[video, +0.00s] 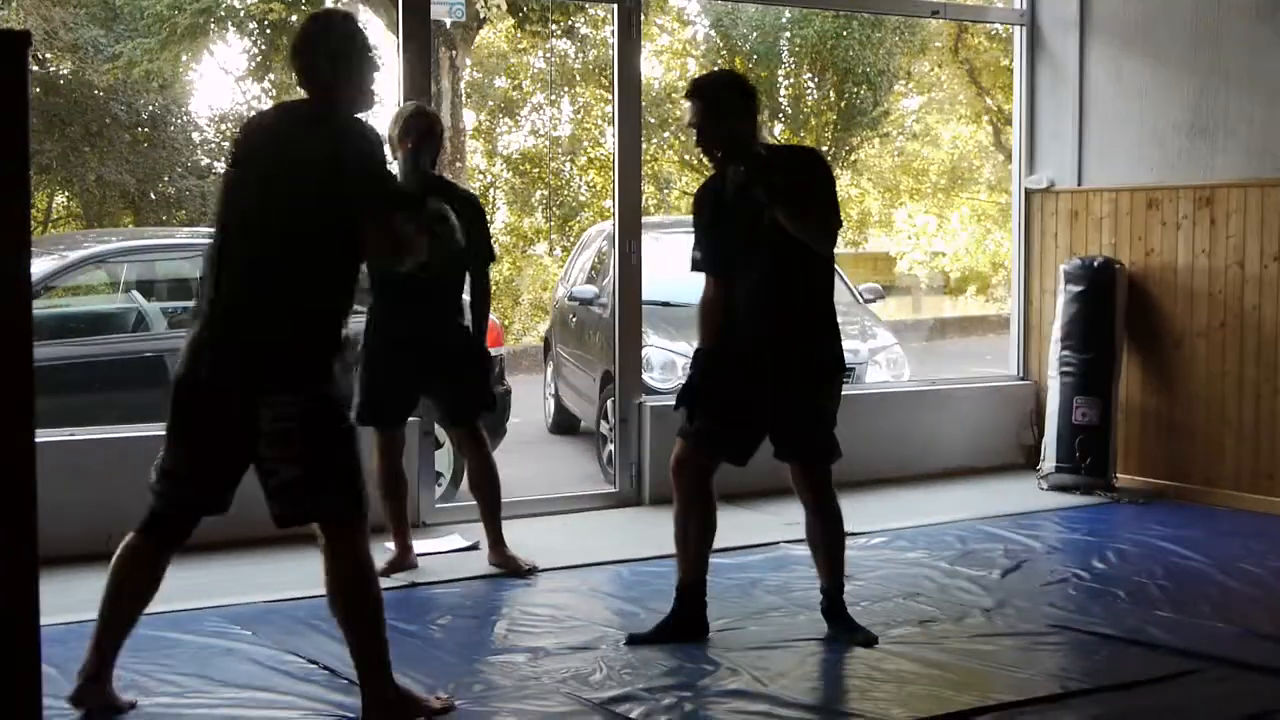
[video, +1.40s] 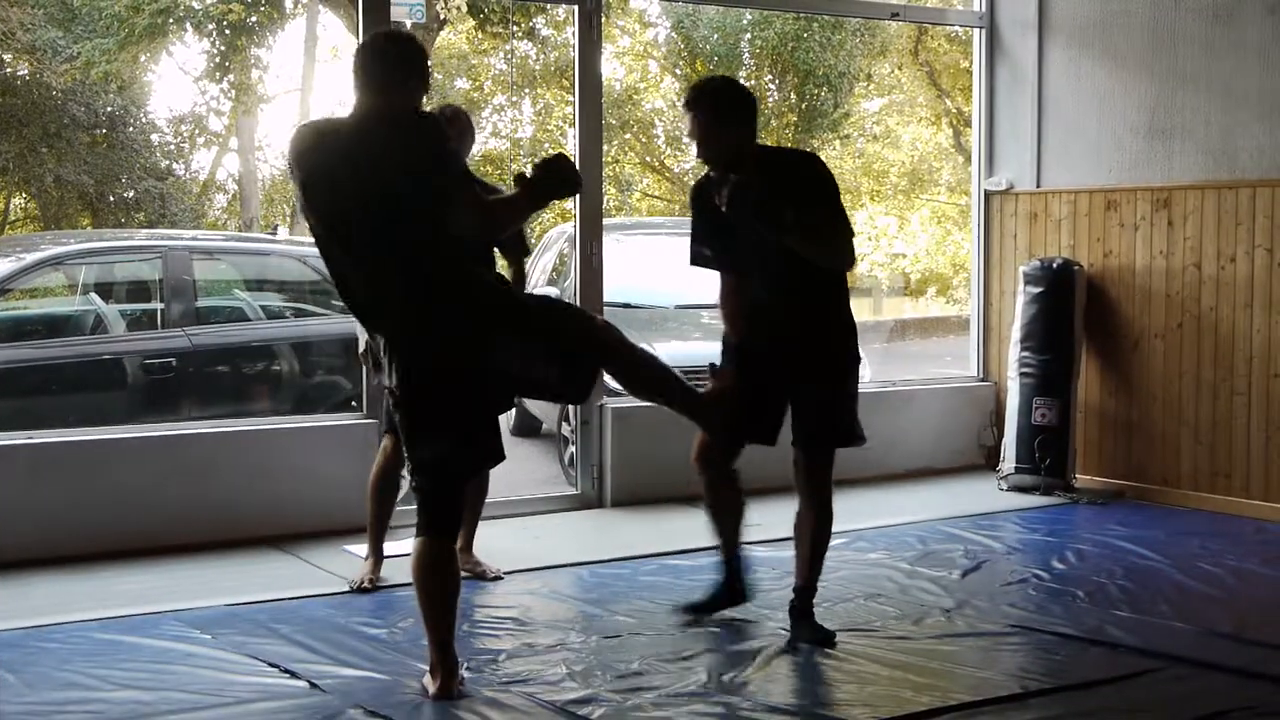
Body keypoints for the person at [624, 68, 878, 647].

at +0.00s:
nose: (698, 139)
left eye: (704, 125)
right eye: (695, 127)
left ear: (741, 116)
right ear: (714, 124)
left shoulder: (805, 166)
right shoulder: (712, 196)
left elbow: (823, 242)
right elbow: (715, 288)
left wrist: (764, 189)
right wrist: (703, 367)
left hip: (804, 354)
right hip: (736, 356)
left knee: (813, 480)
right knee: (689, 467)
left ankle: (835, 606)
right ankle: (689, 612)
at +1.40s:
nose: (693, 141)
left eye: (700, 127)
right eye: (691, 129)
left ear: (733, 122)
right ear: (715, 128)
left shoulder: (803, 169)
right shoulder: (710, 193)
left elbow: (843, 257)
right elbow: (730, 280)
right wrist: (730, 355)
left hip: (821, 348)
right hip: (755, 349)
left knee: (814, 480)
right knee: (712, 457)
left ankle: (804, 607)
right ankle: (733, 578)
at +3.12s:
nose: (687, 138)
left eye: (695, 125)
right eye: (685, 126)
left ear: (730, 119)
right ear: (698, 124)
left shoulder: (787, 175)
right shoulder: (706, 187)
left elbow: (804, 264)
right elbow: (704, 271)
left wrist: (751, 207)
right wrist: (659, 315)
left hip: (772, 352)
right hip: (708, 351)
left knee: (783, 481)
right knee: (667, 472)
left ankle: (810, 606)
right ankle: (677, 617)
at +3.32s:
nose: (660, 134)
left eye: (667, 121)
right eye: (657, 123)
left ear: (702, 114)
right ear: (685, 119)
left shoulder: (766, 171)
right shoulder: (681, 179)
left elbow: (795, 262)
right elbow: (659, 267)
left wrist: (728, 210)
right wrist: (609, 291)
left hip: (749, 347)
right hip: (683, 344)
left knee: (749, 479)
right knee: (668, 474)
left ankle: (767, 595)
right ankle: (677, 617)